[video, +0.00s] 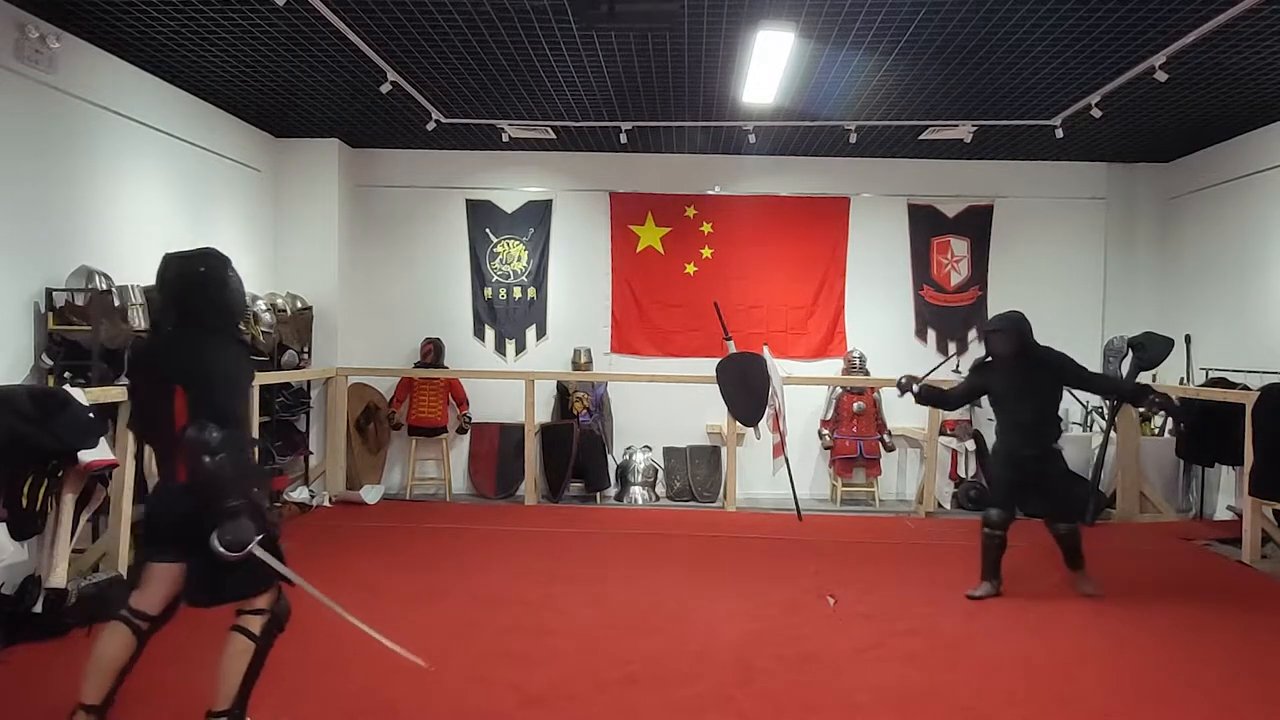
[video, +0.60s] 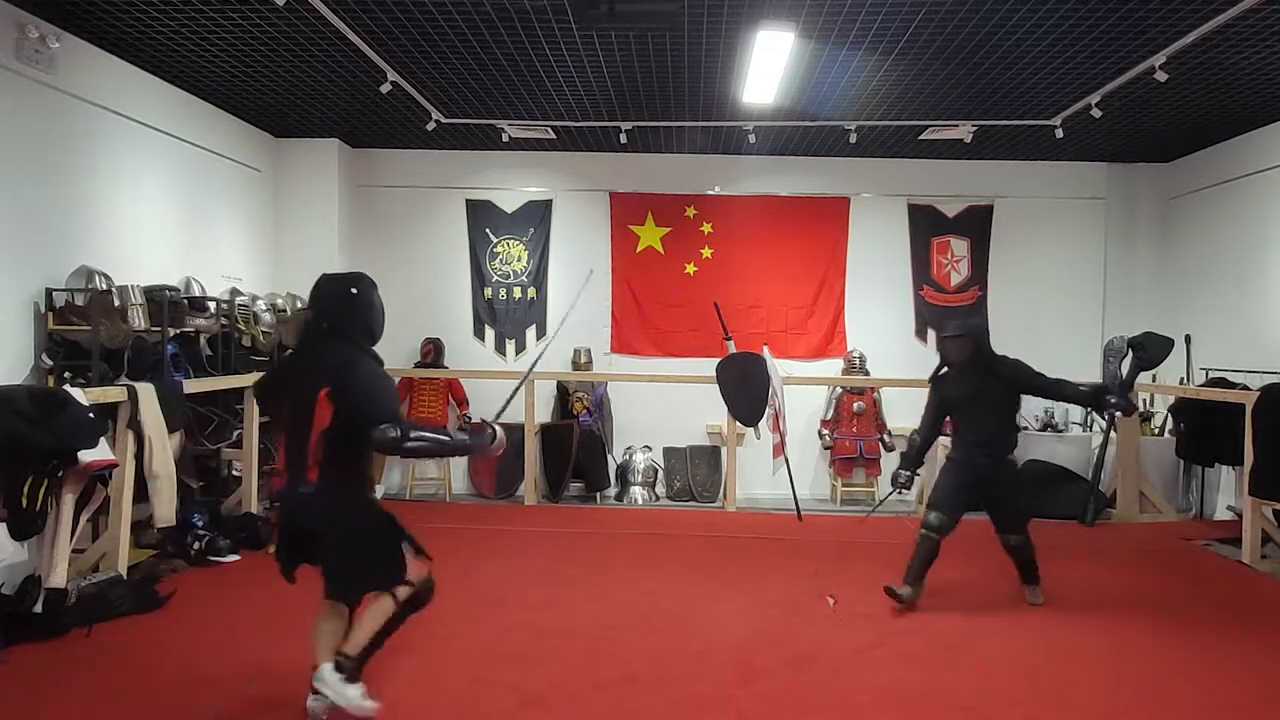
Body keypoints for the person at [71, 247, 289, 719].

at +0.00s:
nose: (240, 292)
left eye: (234, 282)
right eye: (233, 283)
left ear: (167, 295)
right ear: (220, 294)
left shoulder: (147, 350)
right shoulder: (224, 352)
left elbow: (144, 426)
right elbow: (223, 438)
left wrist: (183, 464)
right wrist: (236, 507)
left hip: (170, 495)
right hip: (222, 497)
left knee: (144, 606)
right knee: (263, 601)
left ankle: (86, 711)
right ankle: (224, 712)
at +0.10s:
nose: (264, 289)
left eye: (260, 279)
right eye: (258, 281)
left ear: (201, 291)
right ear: (247, 288)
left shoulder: (188, 340)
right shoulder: (248, 345)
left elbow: (165, 412)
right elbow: (246, 430)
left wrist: (211, 438)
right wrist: (268, 501)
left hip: (195, 489)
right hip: (245, 495)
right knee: (264, 604)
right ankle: (225, 713)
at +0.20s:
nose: (292, 291)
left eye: (287, 281)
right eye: (286, 282)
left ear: (223, 289)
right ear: (273, 289)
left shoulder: (203, 341)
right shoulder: (274, 348)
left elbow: (174, 413)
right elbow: (269, 431)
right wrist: (319, 491)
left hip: (211, 486)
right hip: (260, 491)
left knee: (225, 596)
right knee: (261, 609)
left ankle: (154, 695)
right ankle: (226, 713)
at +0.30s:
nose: (317, 291)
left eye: (312, 281)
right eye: (311, 282)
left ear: (256, 290)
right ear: (301, 290)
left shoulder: (233, 335)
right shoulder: (295, 346)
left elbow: (198, 372)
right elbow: (301, 422)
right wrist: (365, 469)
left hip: (235, 482)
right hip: (276, 488)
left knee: (273, 598)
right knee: (262, 608)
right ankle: (227, 707)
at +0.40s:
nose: (341, 299)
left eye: (337, 290)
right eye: (336, 290)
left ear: (276, 295)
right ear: (326, 297)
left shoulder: (255, 341)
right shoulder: (319, 351)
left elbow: (220, 385)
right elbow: (341, 424)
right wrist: (417, 459)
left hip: (255, 487)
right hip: (296, 492)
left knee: (312, 589)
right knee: (283, 607)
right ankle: (228, 710)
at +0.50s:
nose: (361, 308)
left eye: (358, 298)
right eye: (356, 298)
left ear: (301, 301)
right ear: (340, 304)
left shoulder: (281, 346)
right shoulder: (335, 355)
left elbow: (240, 382)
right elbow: (362, 428)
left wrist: (273, 418)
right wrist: (444, 443)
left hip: (286, 487)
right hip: (319, 492)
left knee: (332, 591)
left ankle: (322, 689)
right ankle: (263, 688)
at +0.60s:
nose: (380, 319)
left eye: (378, 310)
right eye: (375, 310)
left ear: (321, 313)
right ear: (362, 314)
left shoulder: (300, 359)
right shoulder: (358, 366)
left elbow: (264, 395)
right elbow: (388, 435)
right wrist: (471, 440)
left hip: (300, 501)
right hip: (342, 504)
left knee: (337, 597)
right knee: (413, 575)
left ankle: (322, 690)